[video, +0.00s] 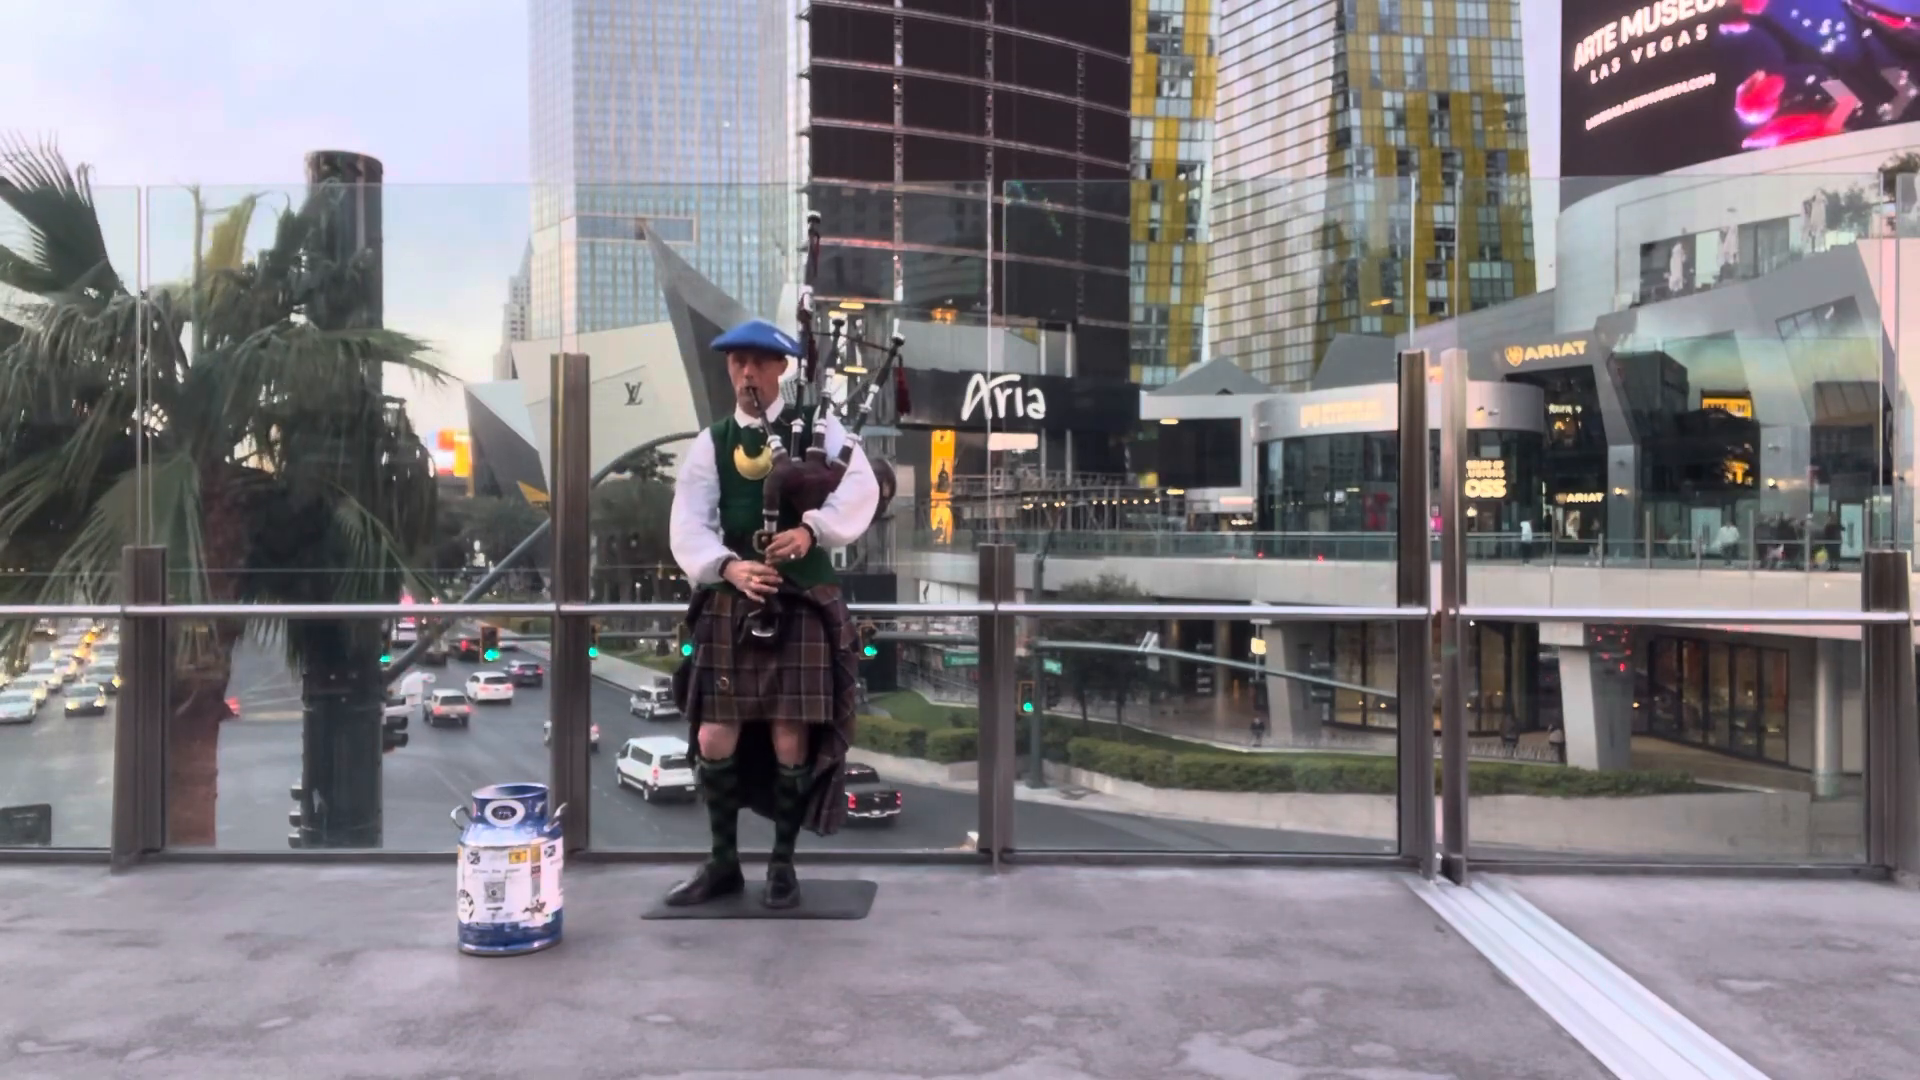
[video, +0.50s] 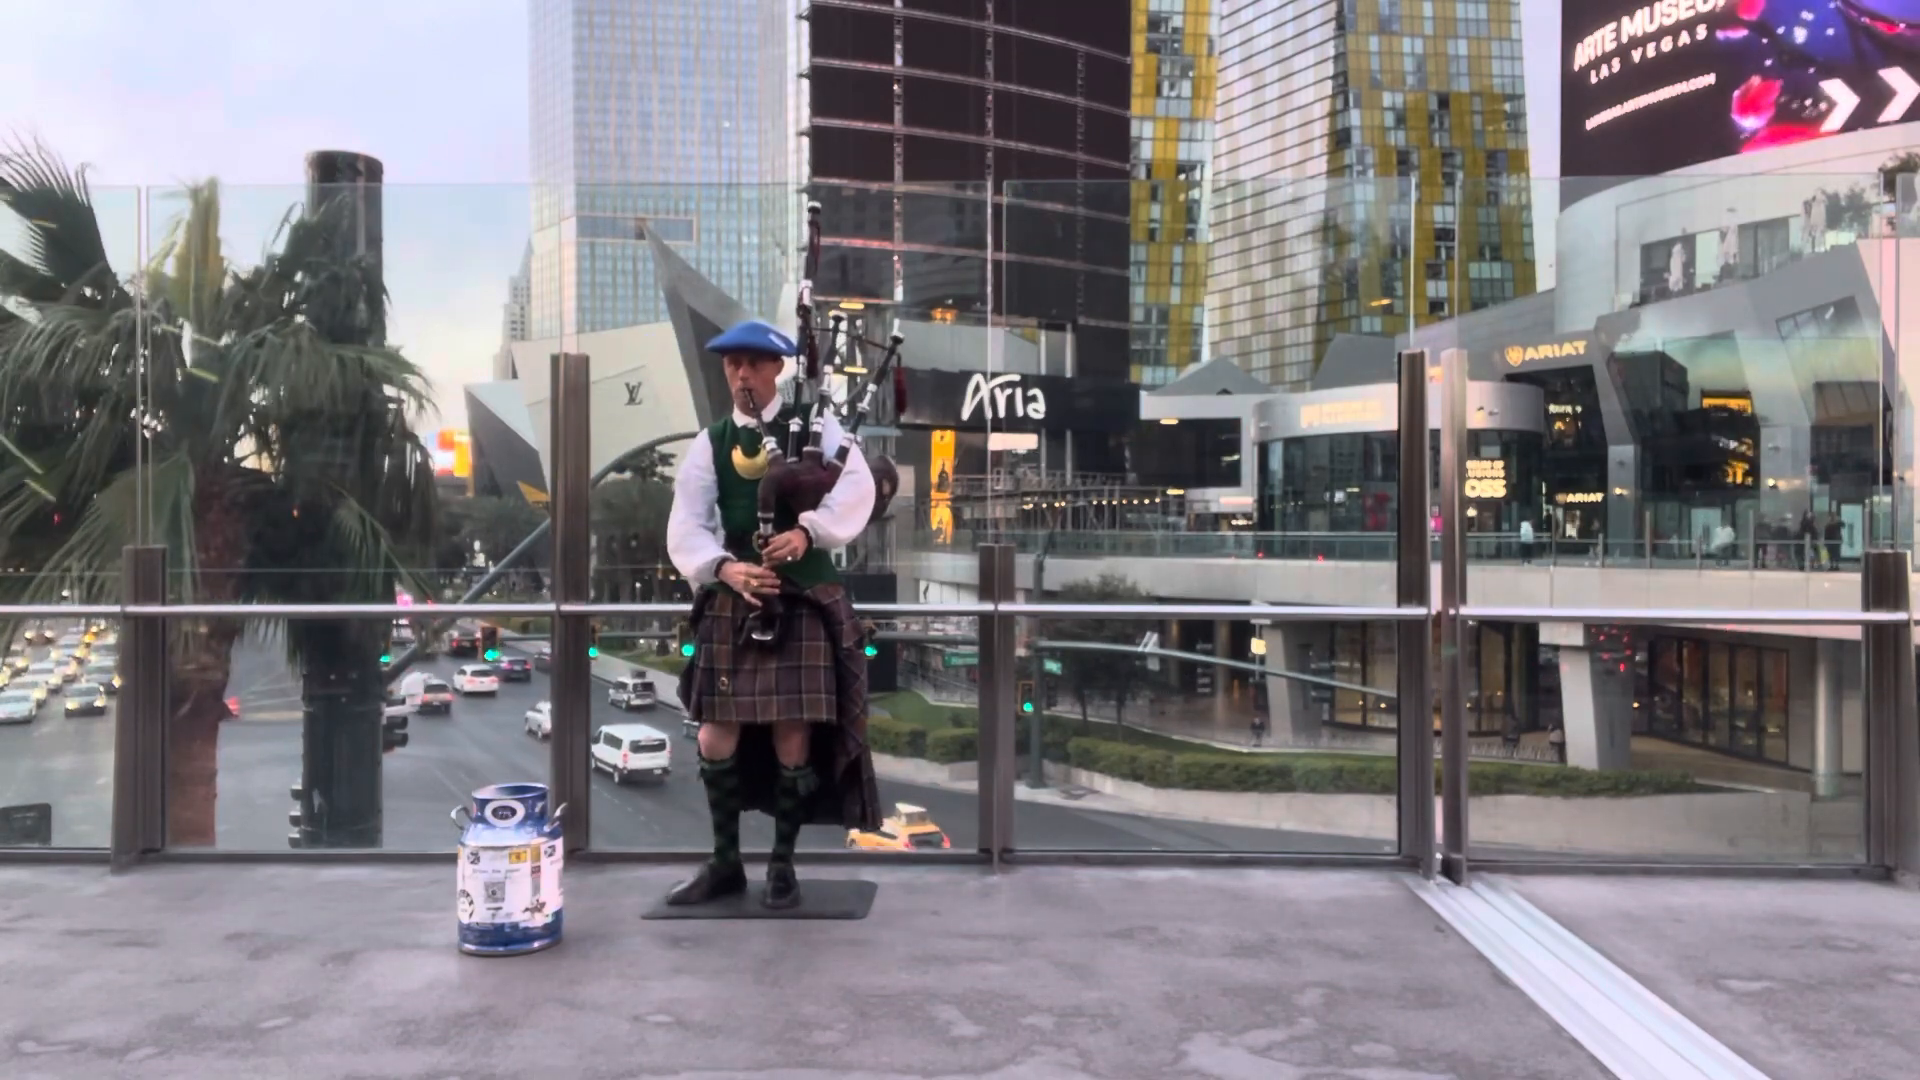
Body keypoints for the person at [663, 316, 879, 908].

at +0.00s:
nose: (748, 373)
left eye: (760, 361)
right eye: (739, 361)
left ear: (784, 369)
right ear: (727, 370)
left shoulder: (819, 428)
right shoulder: (709, 443)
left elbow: (862, 488)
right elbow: (688, 527)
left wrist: (813, 530)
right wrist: (727, 565)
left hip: (802, 597)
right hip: (730, 595)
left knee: (789, 734)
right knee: (714, 734)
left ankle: (782, 863)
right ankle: (723, 863)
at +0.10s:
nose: (748, 374)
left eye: (760, 363)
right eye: (739, 363)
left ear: (785, 370)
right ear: (728, 371)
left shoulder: (820, 429)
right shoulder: (710, 445)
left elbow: (863, 490)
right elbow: (690, 530)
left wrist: (814, 532)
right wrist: (729, 567)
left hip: (803, 597)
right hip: (730, 596)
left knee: (790, 735)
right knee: (711, 735)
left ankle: (782, 863)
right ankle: (723, 863)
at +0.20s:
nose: (747, 375)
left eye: (759, 363)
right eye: (739, 364)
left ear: (785, 370)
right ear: (728, 372)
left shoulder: (819, 427)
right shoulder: (711, 445)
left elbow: (863, 490)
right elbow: (690, 529)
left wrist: (814, 532)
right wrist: (728, 567)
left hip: (804, 598)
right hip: (732, 596)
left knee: (791, 733)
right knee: (707, 735)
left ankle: (782, 863)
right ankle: (724, 861)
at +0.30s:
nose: (747, 374)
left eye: (759, 363)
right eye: (738, 363)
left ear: (784, 369)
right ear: (727, 372)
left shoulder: (819, 427)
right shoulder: (711, 444)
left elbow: (862, 489)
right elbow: (689, 529)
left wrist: (813, 532)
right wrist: (726, 566)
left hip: (803, 596)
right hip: (731, 595)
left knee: (791, 730)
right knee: (709, 732)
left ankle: (782, 864)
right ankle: (725, 861)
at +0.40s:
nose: (745, 374)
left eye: (757, 363)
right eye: (736, 363)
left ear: (782, 369)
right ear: (725, 372)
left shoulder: (818, 427)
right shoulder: (710, 444)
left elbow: (860, 489)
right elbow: (687, 528)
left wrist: (811, 532)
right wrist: (725, 567)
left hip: (803, 595)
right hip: (731, 593)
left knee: (791, 728)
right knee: (715, 731)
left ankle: (781, 863)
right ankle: (725, 862)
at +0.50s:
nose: (742, 374)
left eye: (754, 362)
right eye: (734, 363)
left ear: (781, 368)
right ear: (724, 372)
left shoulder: (818, 427)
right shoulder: (710, 443)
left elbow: (859, 486)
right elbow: (686, 527)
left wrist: (810, 531)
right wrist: (722, 567)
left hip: (802, 594)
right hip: (730, 593)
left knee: (791, 729)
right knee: (716, 732)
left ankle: (782, 864)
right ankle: (725, 862)